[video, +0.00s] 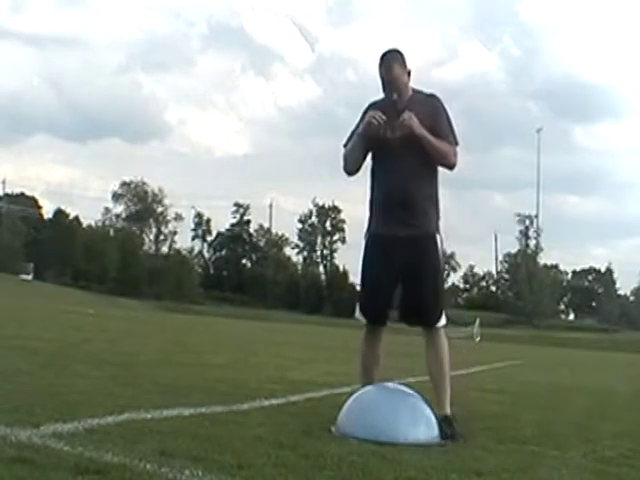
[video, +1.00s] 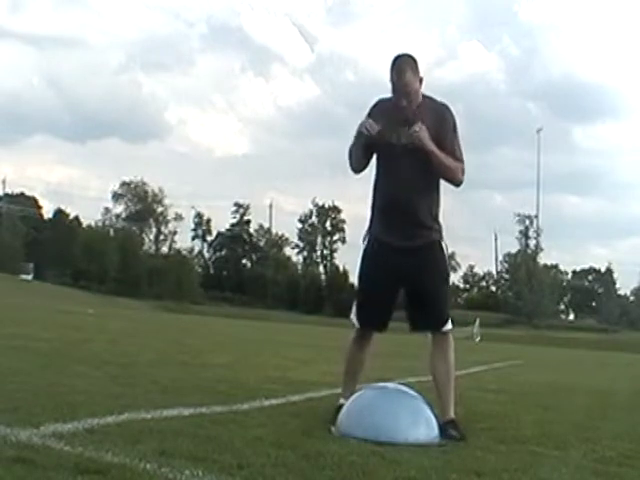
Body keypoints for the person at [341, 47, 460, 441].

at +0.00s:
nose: (391, 88)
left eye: (396, 81)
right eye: (386, 83)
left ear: (408, 75)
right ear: (379, 80)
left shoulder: (431, 105)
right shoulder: (373, 113)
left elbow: (451, 159)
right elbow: (350, 166)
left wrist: (419, 131)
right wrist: (366, 133)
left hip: (422, 233)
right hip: (381, 233)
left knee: (433, 326)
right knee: (374, 326)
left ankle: (444, 414)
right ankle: (366, 407)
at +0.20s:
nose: (401, 90)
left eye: (405, 82)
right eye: (395, 84)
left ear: (418, 77)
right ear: (388, 83)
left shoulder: (440, 109)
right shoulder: (382, 115)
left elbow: (457, 167)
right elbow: (365, 175)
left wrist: (425, 144)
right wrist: (375, 142)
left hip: (425, 237)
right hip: (384, 235)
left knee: (432, 329)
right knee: (373, 326)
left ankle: (444, 418)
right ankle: (366, 409)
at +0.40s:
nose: (404, 85)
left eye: (409, 78)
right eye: (399, 79)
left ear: (423, 74)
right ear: (394, 79)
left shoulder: (445, 107)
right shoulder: (387, 114)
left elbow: (460, 161)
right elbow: (369, 168)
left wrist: (425, 128)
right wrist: (386, 130)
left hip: (430, 237)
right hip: (388, 234)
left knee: (436, 332)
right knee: (364, 321)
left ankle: (445, 419)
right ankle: (354, 403)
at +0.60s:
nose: (399, 88)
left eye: (404, 81)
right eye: (393, 83)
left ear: (418, 77)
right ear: (388, 82)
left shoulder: (436, 111)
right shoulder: (379, 113)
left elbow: (450, 164)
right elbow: (359, 167)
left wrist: (417, 126)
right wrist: (375, 125)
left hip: (424, 237)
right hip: (382, 235)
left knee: (433, 332)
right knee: (366, 326)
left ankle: (444, 418)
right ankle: (345, 404)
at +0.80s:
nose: (392, 85)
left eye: (397, 78)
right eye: (387, 79)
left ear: (409, 76)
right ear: (379, 80)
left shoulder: (430, 109)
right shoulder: (369, 115)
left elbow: (447, 164)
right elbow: (352, 168)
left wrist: (412, 132)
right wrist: (366, 130)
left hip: (420, 235)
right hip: (378, 235)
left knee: (437, 326)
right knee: (363, 326)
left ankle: (444, 416)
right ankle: (346, 405)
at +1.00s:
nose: (403, 97)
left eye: (408, 89)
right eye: (397, 91)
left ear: (422, 81)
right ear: (390, 86)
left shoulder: (440, 114)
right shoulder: (382, 110)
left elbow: (457, 174)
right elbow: (356, 165)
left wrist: (427, 144)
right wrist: (367, 136)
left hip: (426, 238)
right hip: (383, 237)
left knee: (441, 328)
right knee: (365, 329)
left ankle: (447, 418)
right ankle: (345, 405)